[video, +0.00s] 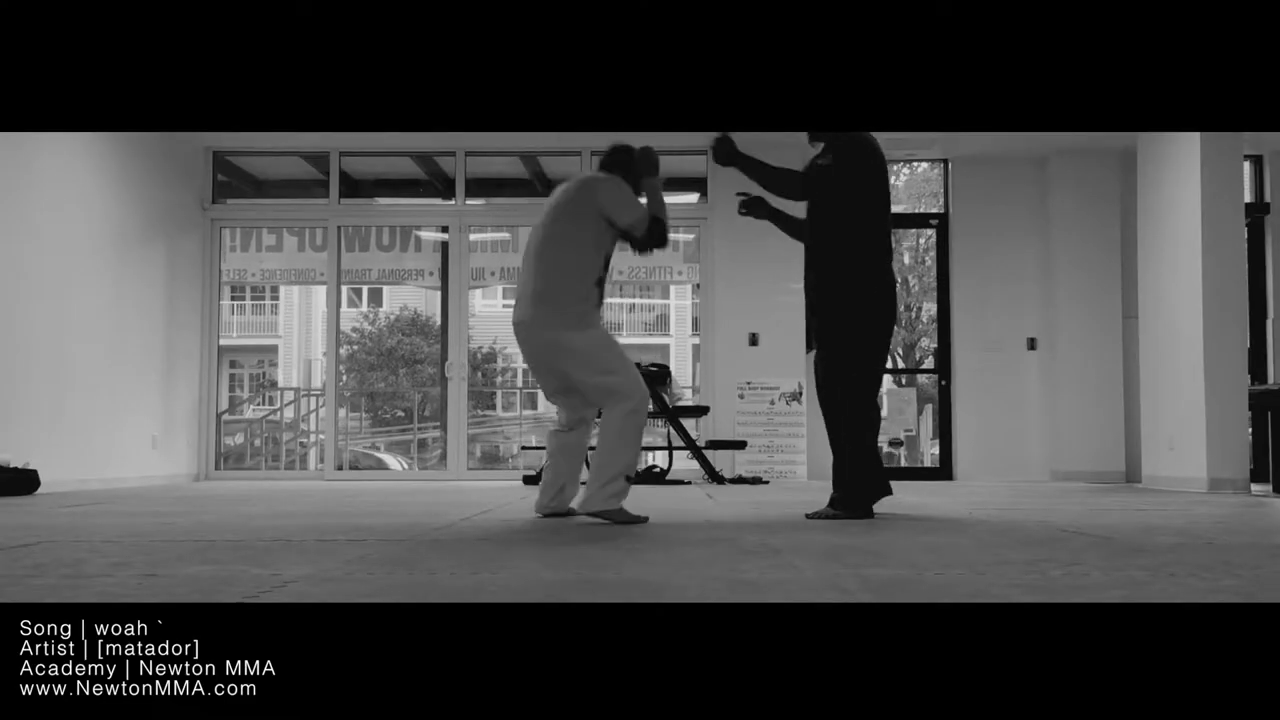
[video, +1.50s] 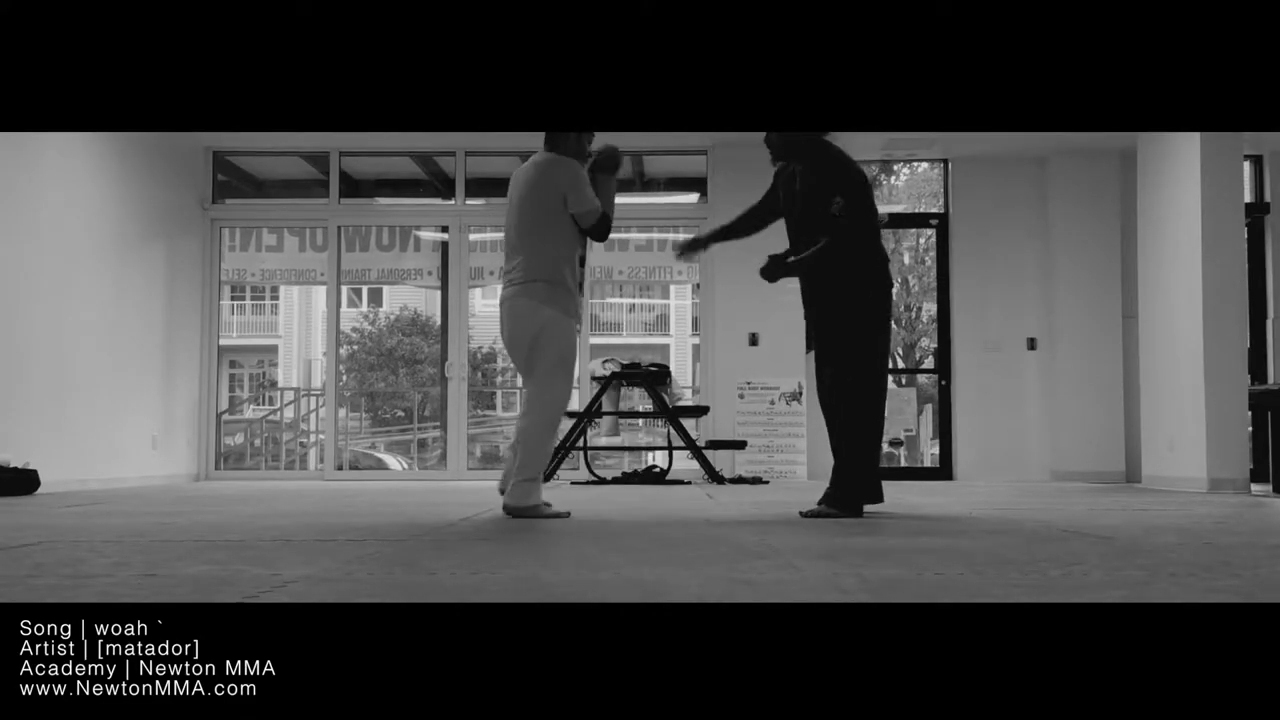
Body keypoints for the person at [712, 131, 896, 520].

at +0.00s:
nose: (808, 136)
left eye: (812, 133)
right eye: (809, 134)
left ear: (826, 128)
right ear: (840, 127)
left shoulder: (852, 151)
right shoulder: (848, 158)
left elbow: (797, 185)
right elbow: (820, 234)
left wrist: (736, 158)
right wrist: (770, 213)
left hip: (854, 299)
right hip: (849, 298)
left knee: (843, 394)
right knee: (848, 394)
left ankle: (853, 499)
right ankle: (858, 489)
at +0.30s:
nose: (794, 141)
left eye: (798, 134)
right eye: (794, 136)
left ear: (814, 133)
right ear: (833, 133)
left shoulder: (835, 160)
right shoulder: (849, 168)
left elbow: (772, 174)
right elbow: (815, 255)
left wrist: (719, 175)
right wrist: (785, 224)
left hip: (836, 309)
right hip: (854, 308)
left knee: (830, 400)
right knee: (851, 400)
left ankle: (839, 499)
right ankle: (859, 496)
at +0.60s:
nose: (790, 150)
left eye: (792, 143)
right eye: (790, 146)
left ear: (812, 138)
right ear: (821, 140)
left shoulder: (851, 159)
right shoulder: (815, 195)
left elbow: (800, 160)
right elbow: (807, 261)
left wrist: (742, 155)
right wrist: (787, 237)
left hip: (854, 309)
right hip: (830, 313)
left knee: (844, 402)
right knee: (838, 403)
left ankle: (840, 496)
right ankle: (856, 494)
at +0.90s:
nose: (785, 148)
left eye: (787, 139)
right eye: (784, 142)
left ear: (804, 137)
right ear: (818, 138)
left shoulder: (841, 168)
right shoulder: (832, 170)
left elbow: (816, 215)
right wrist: (785, 229)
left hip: (850, 312)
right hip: (838, 310)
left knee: (846, 400)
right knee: (842, 399)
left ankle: (850, 496)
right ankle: (854, 493)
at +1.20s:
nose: (777, 143)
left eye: (779, 136)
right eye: (776, 137)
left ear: (797, 135)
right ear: (807, 135)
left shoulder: (825, 167)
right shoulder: (817, 167)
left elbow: (804, 236)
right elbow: (821, 233)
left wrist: (736, 236)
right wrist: (779, 223)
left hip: (856, 301)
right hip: (844, 298)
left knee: (849, 393)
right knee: (849, 392)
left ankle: (848, 495)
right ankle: (864, 488)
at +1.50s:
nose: (767, 145)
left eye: (772, 138)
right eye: (767, 139)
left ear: (794, 137)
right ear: (787, 141)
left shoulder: (836, 169)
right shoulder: (790, 173)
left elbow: (841, 243)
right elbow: (759, 215)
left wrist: (790, 265)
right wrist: (708, 238)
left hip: (858, 298)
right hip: (827, 299)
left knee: (852, 391)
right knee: (835, 392)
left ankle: (847, 496)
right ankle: (859, 487)